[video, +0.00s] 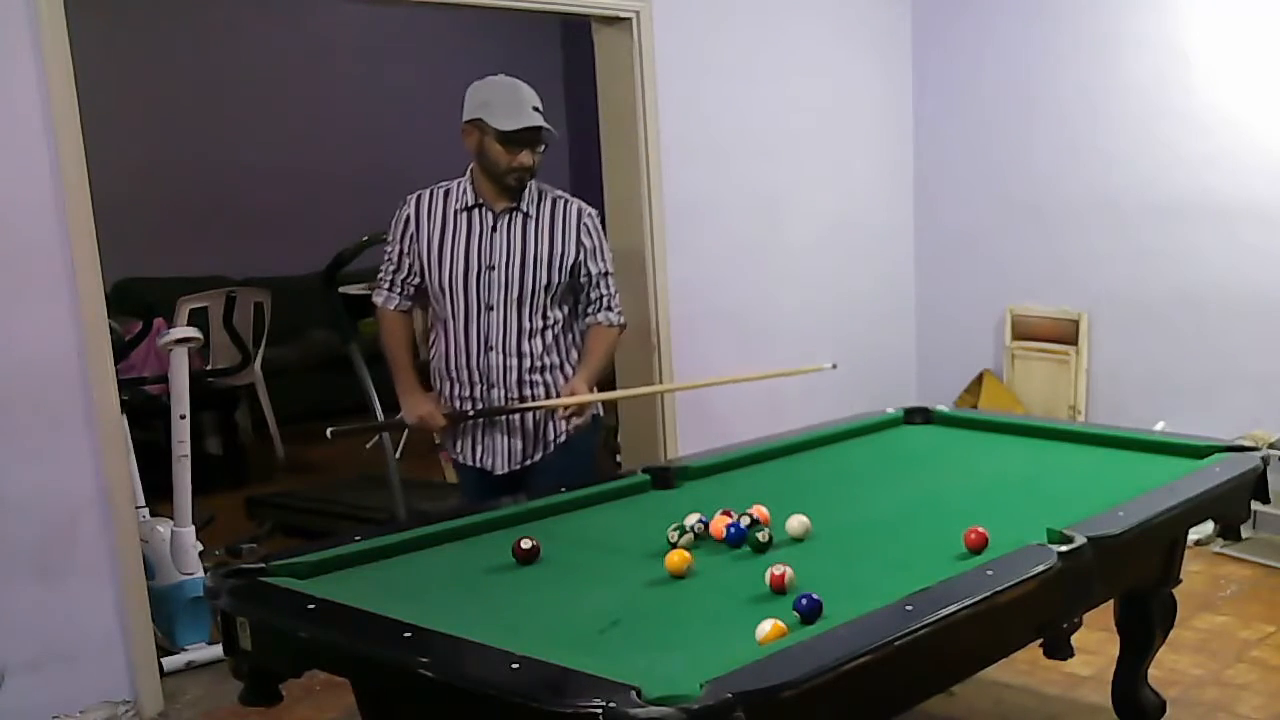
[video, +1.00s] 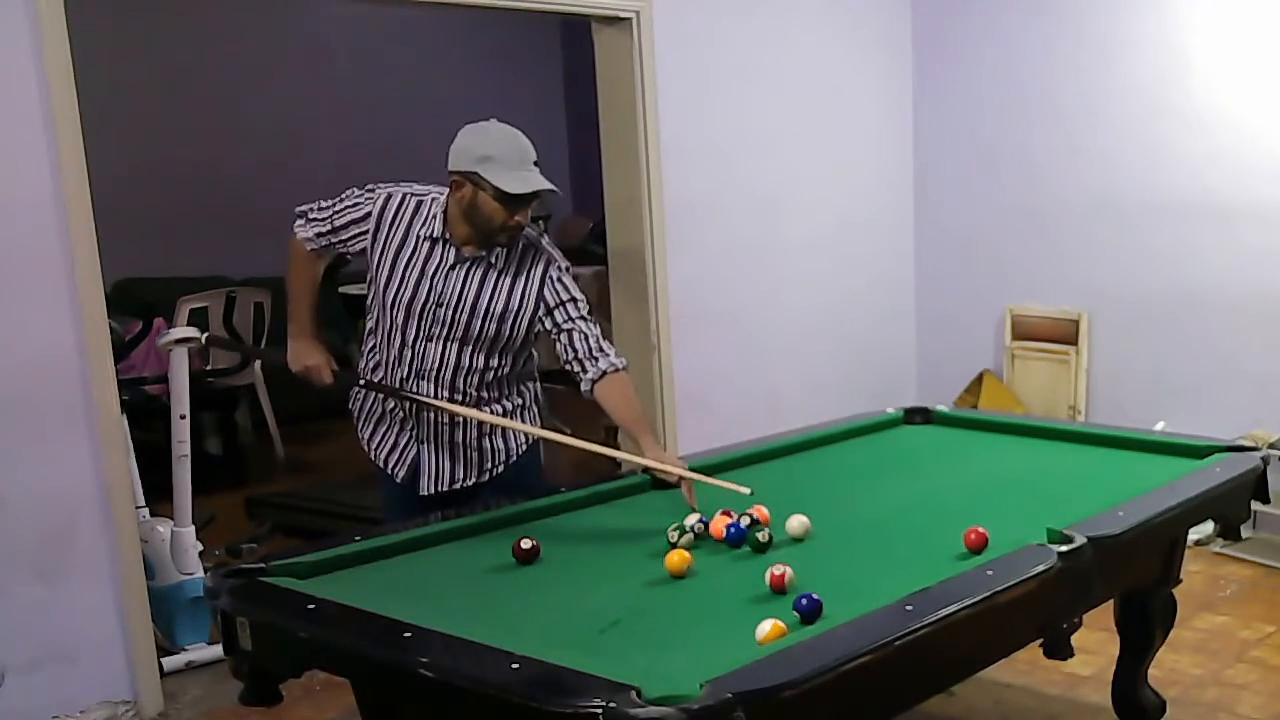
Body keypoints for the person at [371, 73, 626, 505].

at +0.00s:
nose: (526, 160)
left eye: (535, 146)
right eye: (511, 146)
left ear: (545, 142)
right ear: (471, 136)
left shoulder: (575, 220)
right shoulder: (421, 215)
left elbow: (606, 315)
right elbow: (393, 304)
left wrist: (583, 379)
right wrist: (410, 393)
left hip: (559, 435)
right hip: (469, 439)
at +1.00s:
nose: (523, 216)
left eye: (530, 201)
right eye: (510, 200)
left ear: (535, 195)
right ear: (462, 187)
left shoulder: (541, 266)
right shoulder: (388, 211)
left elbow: (593, 358)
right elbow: (310, 232)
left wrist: (647, 440)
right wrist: (301, 335)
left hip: (499, 442)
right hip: (404, 439)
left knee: (526, 579)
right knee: (418, 592)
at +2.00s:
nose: (555, 231)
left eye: (563, 217)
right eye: (544, 214)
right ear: (497, 193)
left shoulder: (564, 265)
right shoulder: (417, 208)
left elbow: (618, 360)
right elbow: (334, 282)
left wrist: (656, 442)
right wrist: (398, 325)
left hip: (514, 454)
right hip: (416, 447)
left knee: (528, 592)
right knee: (414, 597)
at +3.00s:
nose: (428, 148)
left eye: (436, 135)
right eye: (412, 136)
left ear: (447, 137)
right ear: (374, 135)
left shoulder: (480, 210)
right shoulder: (329, 216)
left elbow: (515, 290)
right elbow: (291, 292)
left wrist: (524, 356)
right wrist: (316, 344)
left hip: (485, 424)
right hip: (391, 431)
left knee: (503, 561)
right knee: (407, 572)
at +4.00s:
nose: (482, 151)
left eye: (492, 138)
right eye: (467, 139)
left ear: (505, 141)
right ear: (441, 137)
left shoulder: (541, 215)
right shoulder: (400, 204)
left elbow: (578, 296)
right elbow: (368, 274)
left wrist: (575, 367)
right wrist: (371, 322)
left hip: (516, 415)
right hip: (424, 414)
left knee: (515, 549)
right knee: (425, 554)